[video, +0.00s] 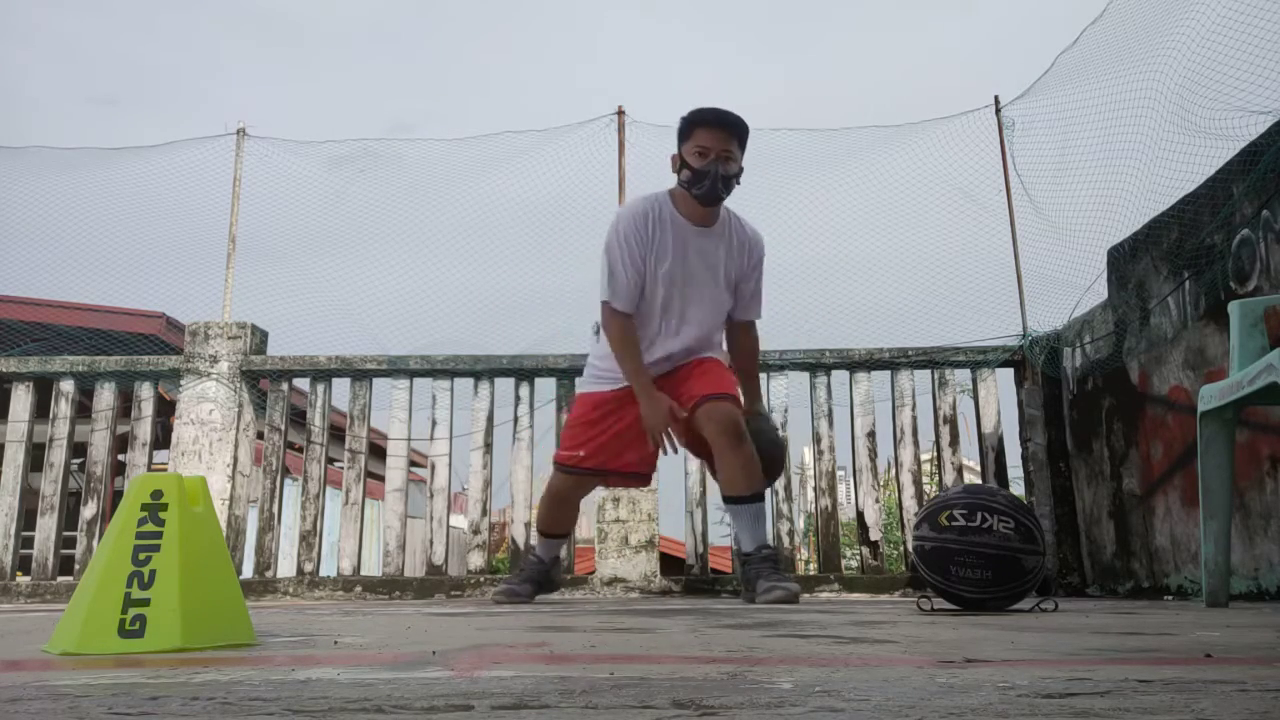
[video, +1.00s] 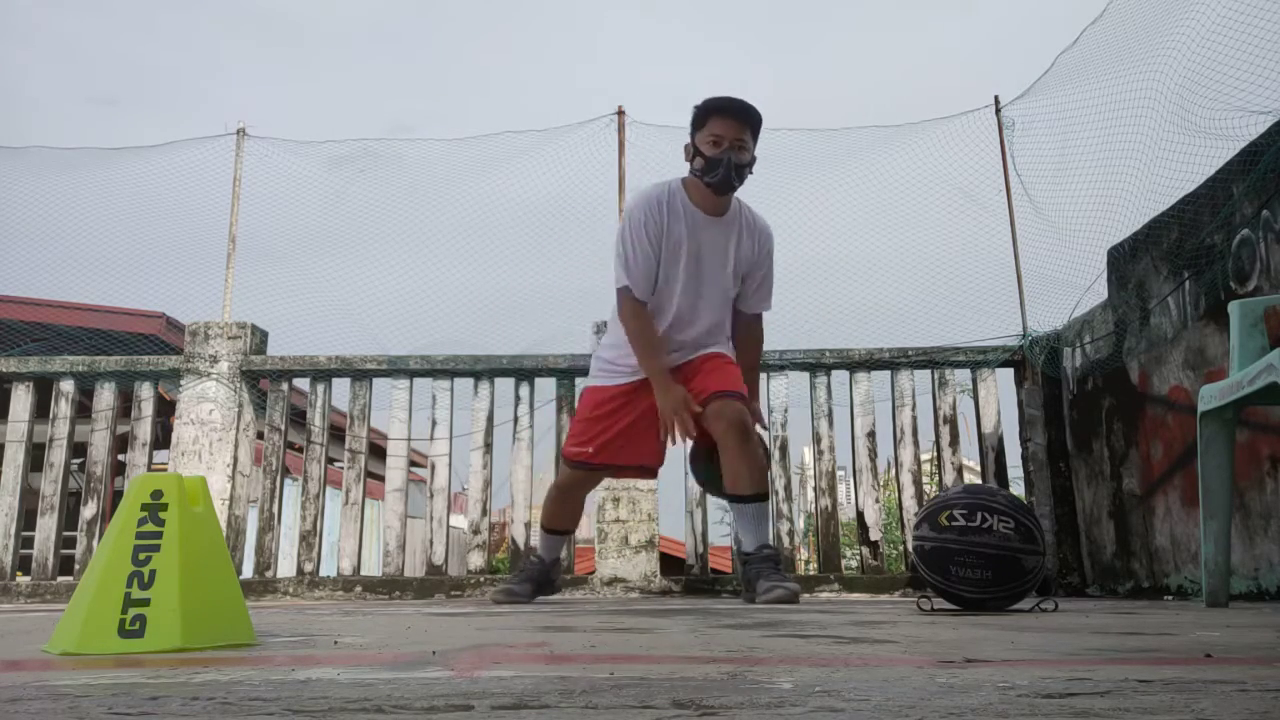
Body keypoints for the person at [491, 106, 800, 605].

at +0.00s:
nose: (713, 169)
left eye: (726, 159)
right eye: (701, 155)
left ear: (739, 169)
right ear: (678, 160)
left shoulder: (745, 243)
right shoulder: (637, 220)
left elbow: (743, 330)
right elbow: (616, 315)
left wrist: (755, 412)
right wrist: (646, 391)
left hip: (693, 362)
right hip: (620, 363)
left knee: (728, 422)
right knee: (569, 475)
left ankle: (758, 564)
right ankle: (542, 565)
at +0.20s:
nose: (718, 160)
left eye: (731, 151)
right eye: (707, 148)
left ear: (744, 160)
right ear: (684, 150)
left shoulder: (748, 226)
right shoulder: (645, 215)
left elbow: (770, 302)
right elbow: (633, 309)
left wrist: (823, 329)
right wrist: (696, 352)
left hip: (697, 357)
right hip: (622, 360)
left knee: (729, 426)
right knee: (576, 472)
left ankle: (760, 564)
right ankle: (543, 561)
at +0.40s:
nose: (681, 148)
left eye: (693, 138)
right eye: (669, 136)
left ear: (708, 146)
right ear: (648, 141)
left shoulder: (721, 213)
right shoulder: (615, 208)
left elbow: (718, 304)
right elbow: (621, 300)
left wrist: (692, 373)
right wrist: (639, 380)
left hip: (687, 358)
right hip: (614, 359)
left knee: (718, 433)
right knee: (568, 460)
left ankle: (761, 564)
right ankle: (541, 568)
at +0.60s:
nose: (647, 159)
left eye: (661, 149)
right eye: (637, 147)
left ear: (679, 157)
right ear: (619, 150)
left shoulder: (702, 225)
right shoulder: (585, 219)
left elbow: (719, 312)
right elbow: (549, 289)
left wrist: (697, 361)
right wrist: (506, 323)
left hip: (678, 359)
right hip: (603, 364)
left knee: (705, 430)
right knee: (552, 451)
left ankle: (758, 561)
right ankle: (541, 566)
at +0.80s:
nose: (673, 149)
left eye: (686, 140)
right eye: (662, 136)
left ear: (704, 148)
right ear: (643, 139)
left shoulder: (722, 221)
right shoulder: (602, 208)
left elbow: (737, 305)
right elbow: (574, 290)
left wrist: (746, 378)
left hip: (685, 354)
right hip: (607, 359)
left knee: (711, 426)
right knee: (564, 443)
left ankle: (758, 563)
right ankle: (541, 568)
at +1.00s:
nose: (725, 156)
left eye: (738, 147)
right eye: (714, 144)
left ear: (752, 158)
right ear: (692, 148)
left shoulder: (754, 234)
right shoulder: (650, 210)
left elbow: (749, 323)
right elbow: (631, 306)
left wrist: (749, 405)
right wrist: (662, 383)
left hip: (705, 354)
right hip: (630, 353)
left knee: (734, 417)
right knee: (575, 472)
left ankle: (760, 564)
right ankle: (544, 565)